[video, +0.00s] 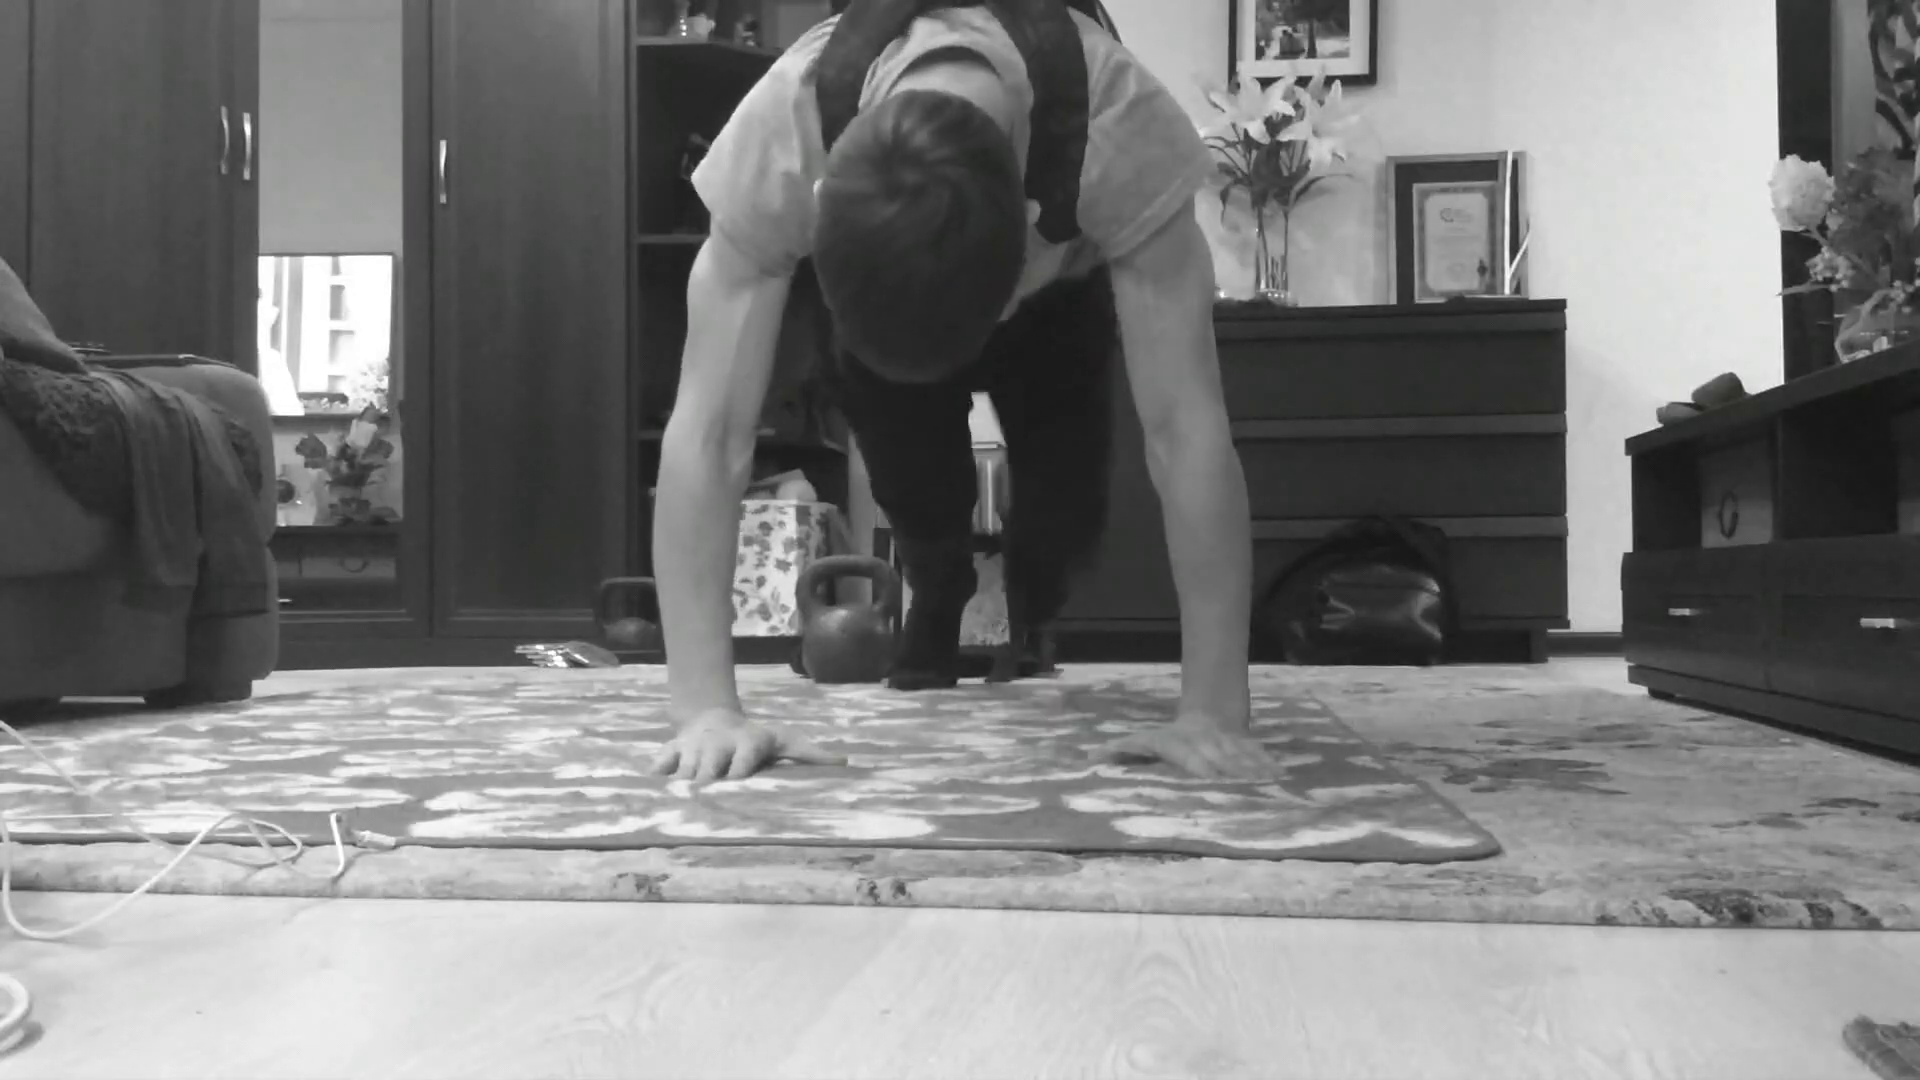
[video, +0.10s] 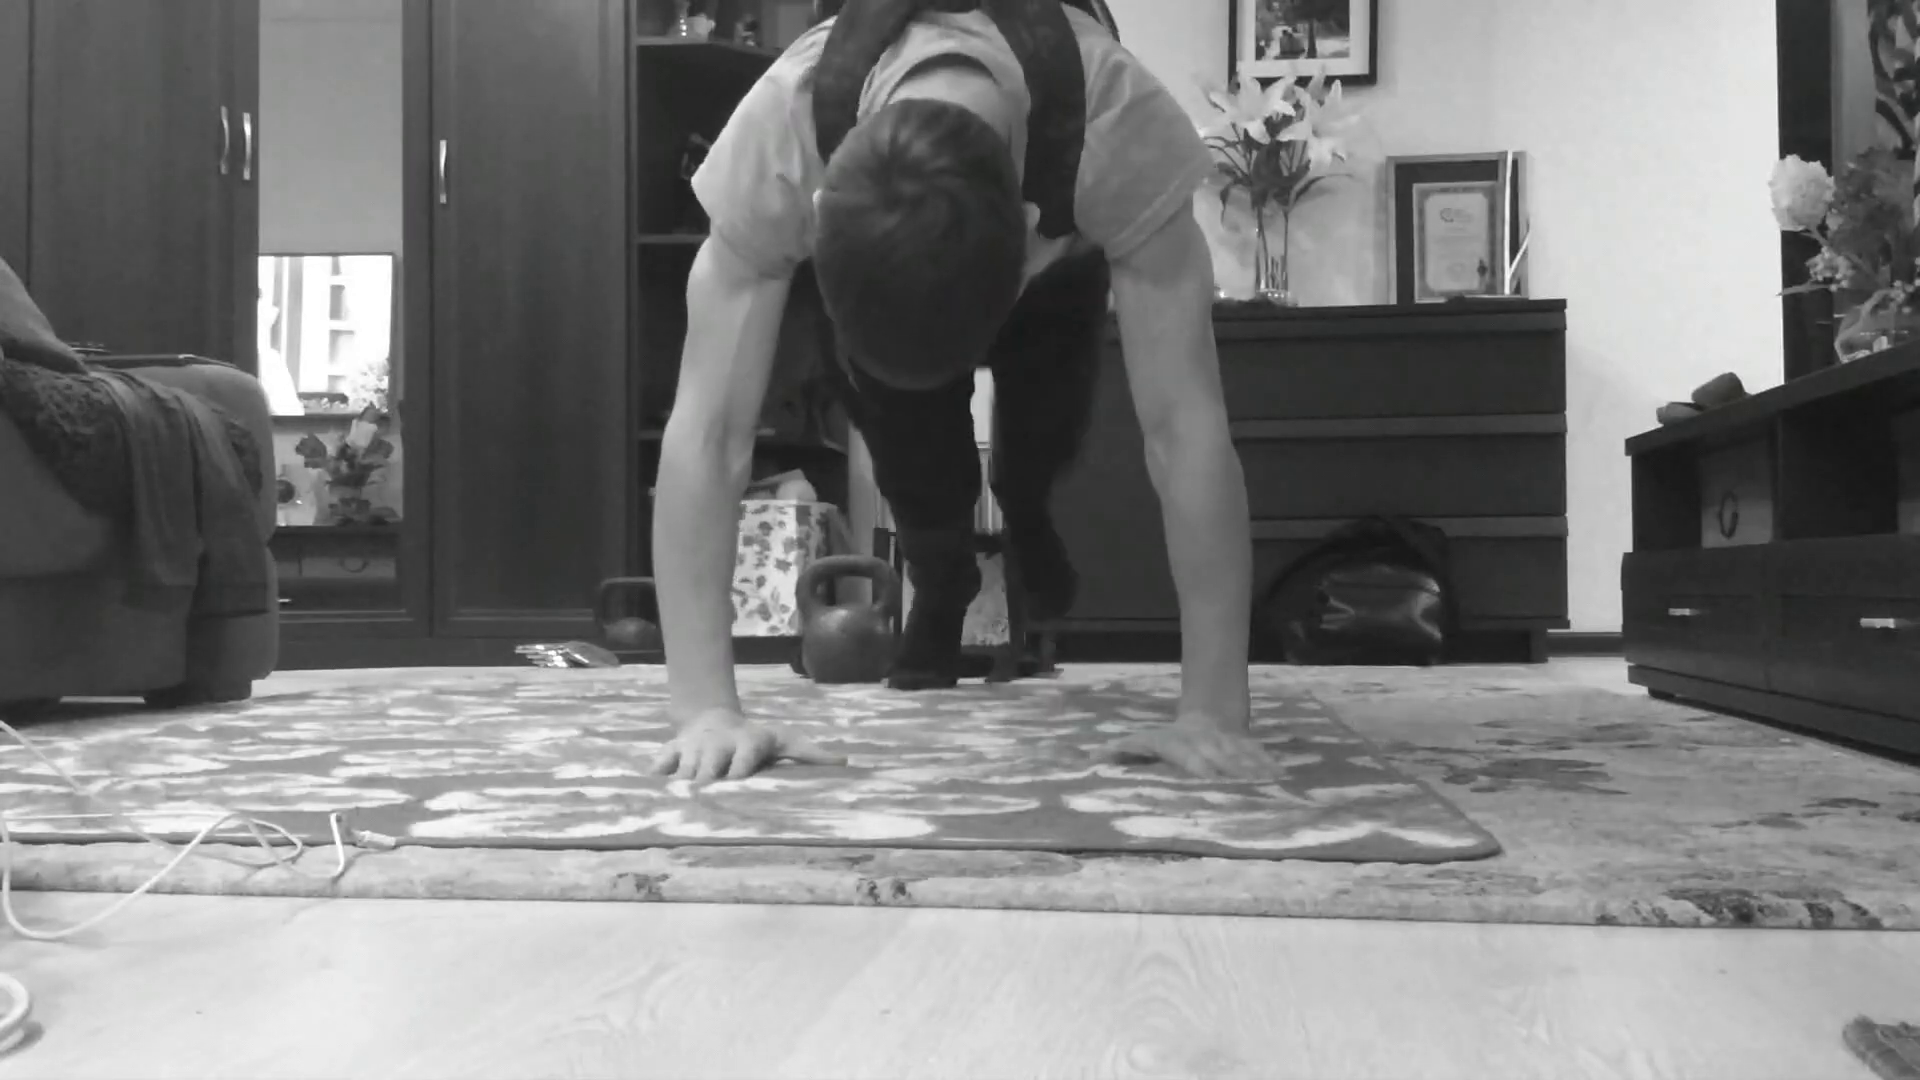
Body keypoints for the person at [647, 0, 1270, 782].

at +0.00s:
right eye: (887, 353)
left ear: (1014, 249)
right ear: (829, 223)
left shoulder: (1125, 139)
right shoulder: (778, 148)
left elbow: (1189, 431)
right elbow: (708, 434)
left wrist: (1215, 714)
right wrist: (706, 711)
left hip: (1055, 262)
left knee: (1065, 493)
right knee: (905, 474)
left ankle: (1032, 617)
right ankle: (934, 591)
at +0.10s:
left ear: (1020, 235)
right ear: (824, 222)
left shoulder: (1123, 142)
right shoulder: (777, 148)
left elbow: (1188, 429)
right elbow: (707, 433)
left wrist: (1215, 714)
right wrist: (707, 711)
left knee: (1048, 424)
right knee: (903, 439)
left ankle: (1028, 514)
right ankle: (938, 577)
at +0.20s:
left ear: (1023, 215)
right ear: (830, 223)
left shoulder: (1123, 141)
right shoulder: (778, 150)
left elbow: (1190, 427)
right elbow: (707, 431)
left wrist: (1215, 713)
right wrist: (706, 711)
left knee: (1037, 405)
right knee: (911, 434)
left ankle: (1032, 511)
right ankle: (940, 587)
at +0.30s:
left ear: (1022, 229)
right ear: (833, 232)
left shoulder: (1129, 146)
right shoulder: (780, 155)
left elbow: (1190, 425)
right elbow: (707, 431)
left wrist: (1214, 712)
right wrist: (706, 711)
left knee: (1038, 406)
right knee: (911, 429)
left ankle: (1035, 517)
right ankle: (942, 590)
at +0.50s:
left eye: (962, 358)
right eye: (910, 364)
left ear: (1035, 217)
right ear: (840, 235)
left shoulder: (1129, 150)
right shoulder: (790, 163)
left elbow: (1189, 433)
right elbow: (718, 438)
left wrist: (1215, 713)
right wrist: (707, 710)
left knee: (1044, 430)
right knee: (911, 430)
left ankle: (1042, 615)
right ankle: (937, 594)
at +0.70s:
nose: (944, 353)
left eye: (974, 332)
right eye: (907, 341)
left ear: (1031, 215)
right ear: (839, 224)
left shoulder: (1124, 153)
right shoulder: (787, 169)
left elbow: (1185, 439)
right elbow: (723, 438)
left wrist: (1214, 711)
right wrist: (708, 709)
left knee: (1049, 453)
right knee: (914, 454)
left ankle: (1061, 617)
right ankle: (933, 606)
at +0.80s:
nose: (955, 338)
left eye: (983, 307)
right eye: (912, 325)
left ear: (1033, 207)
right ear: (840, 213)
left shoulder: (1121, 157)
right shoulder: (785, 174)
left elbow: (1180, 442)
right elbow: (726, 444)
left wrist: (1214, 712)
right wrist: (709, 707)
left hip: (1053, 251)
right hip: (879, 262)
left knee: (1048, 454)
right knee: (913, 461)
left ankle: (1065, 618)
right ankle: (933, 609)